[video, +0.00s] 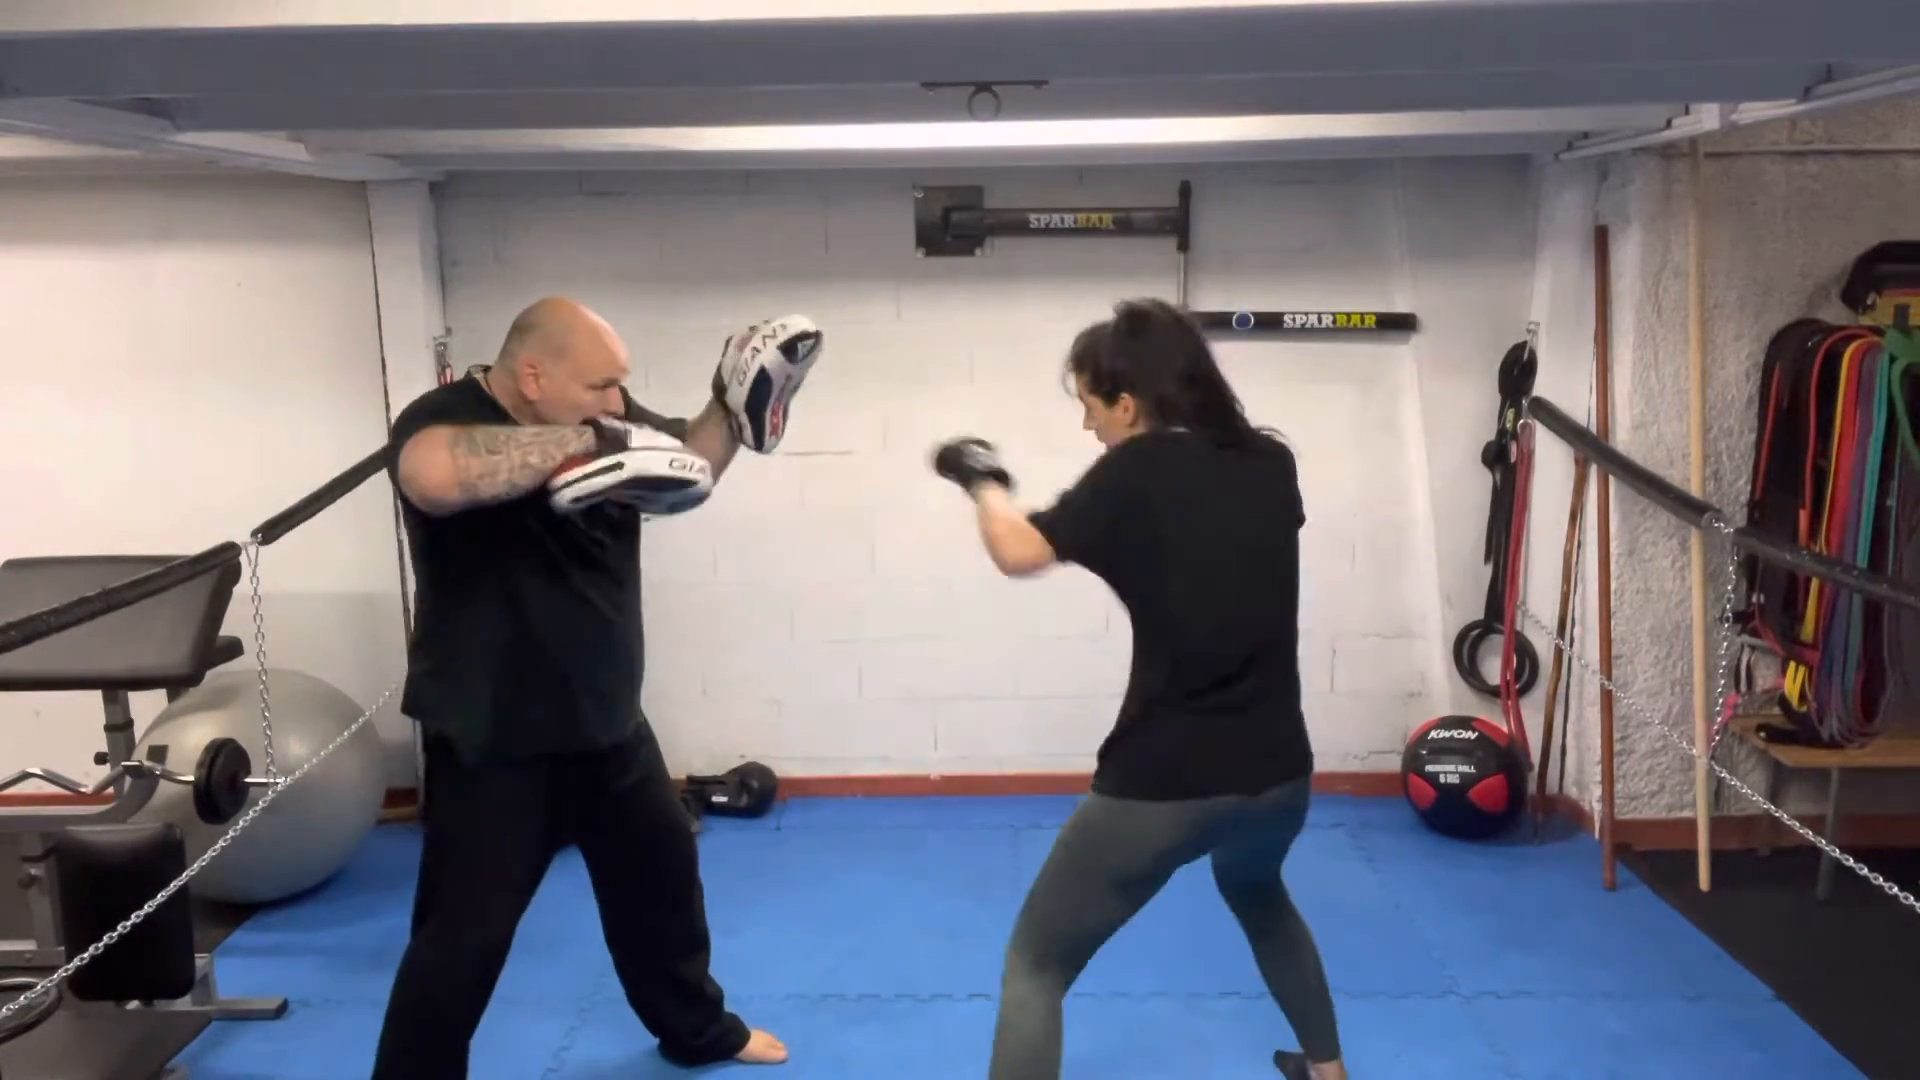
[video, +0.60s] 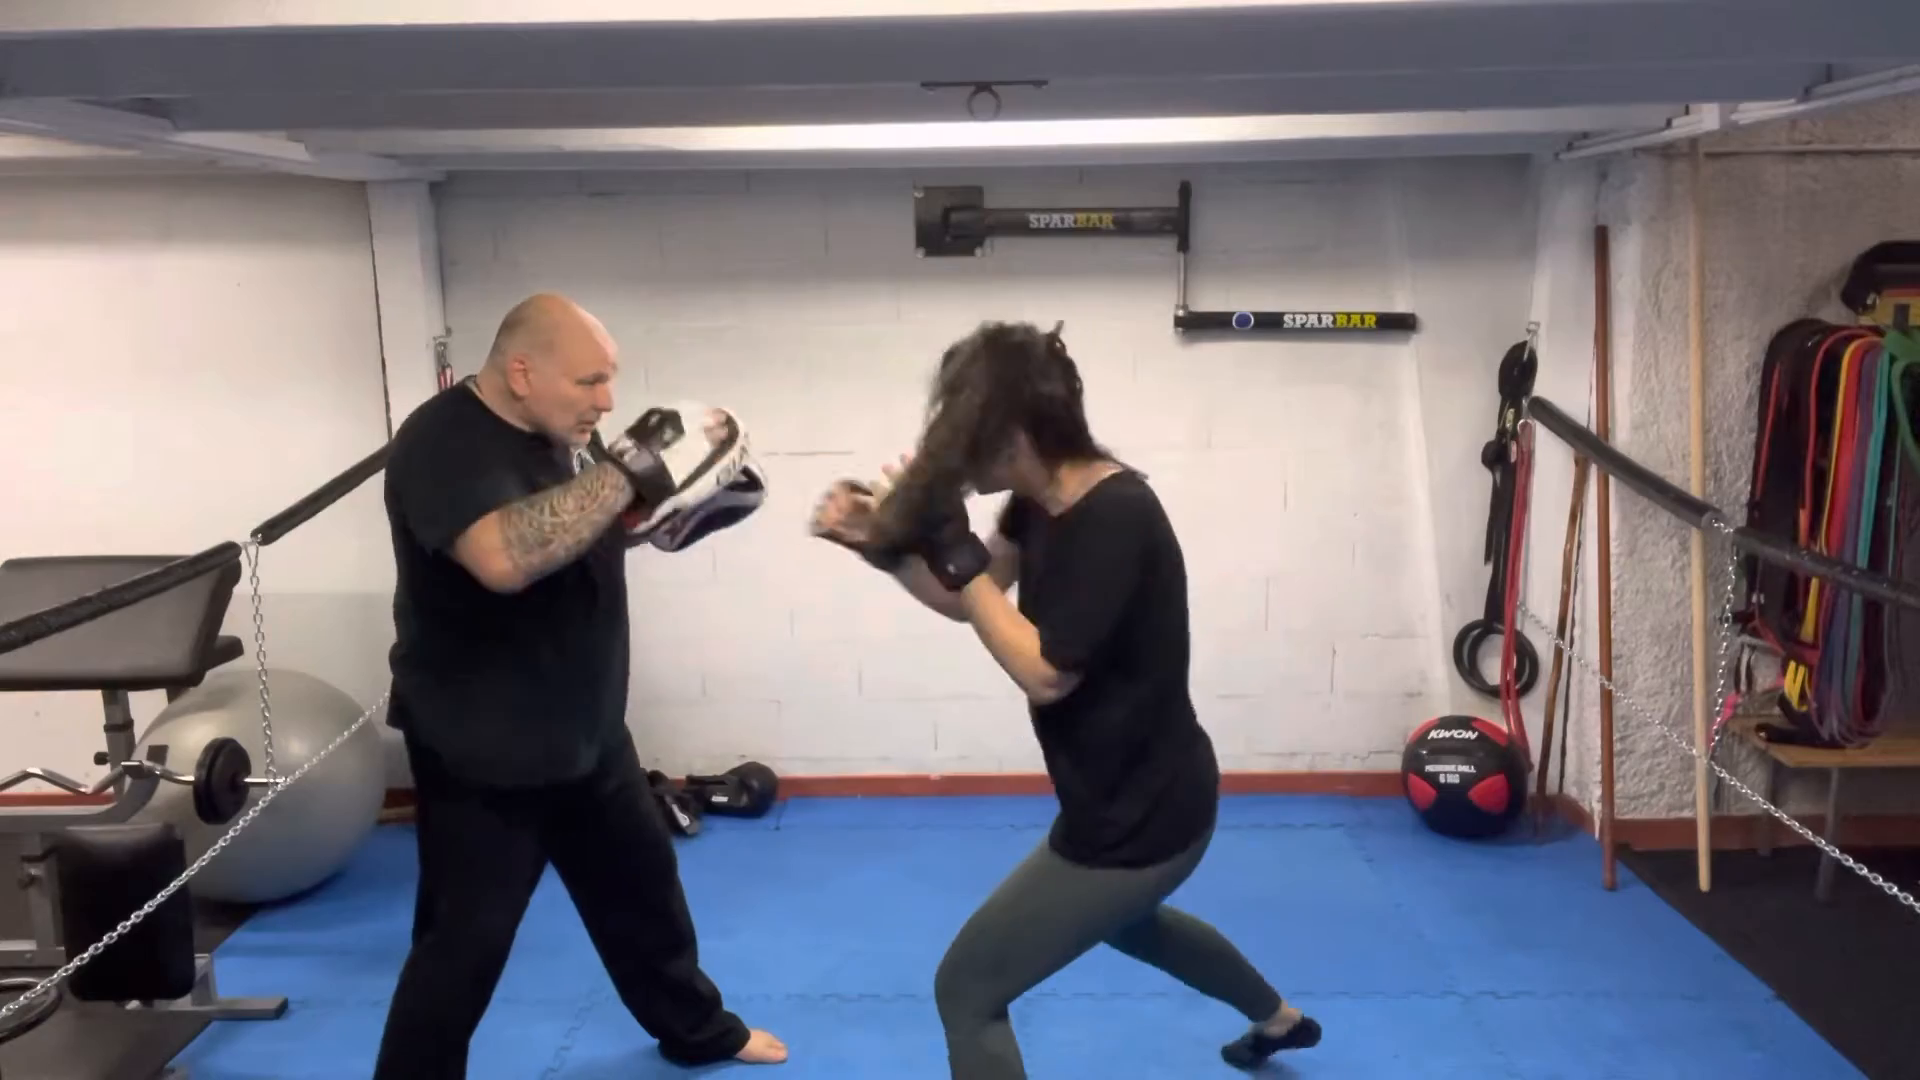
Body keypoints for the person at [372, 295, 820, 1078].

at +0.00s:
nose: (616, 404)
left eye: (618, 387)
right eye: (600, 386)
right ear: (531, 375)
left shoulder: (606, 424)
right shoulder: (446, 417)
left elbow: (684, 467)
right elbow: (432, 479)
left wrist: (737, 401)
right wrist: (588, 446)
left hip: (605, 727)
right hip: (486, 743)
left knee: (661, 876)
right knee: (458, 948)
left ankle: (696, 1031)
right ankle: (413, 1073)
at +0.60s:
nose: (605, 401)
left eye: (607, 380)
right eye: (588, 382)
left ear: (527, 372)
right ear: (520, 371)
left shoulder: (559, 439)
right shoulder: (438, 442)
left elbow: (576, 535)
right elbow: (501, 556)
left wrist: (656, 504)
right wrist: (632, 471)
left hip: (582, 737)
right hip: (480, 756)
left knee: (643, 894)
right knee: (459, 952)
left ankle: (697, 1032)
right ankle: (413, 1073)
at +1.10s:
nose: (660, 401)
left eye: (663, 386)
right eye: (647, 385)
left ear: (587, 384)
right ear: (582, 382)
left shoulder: (625, 451)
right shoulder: (486, 472)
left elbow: (641, 569)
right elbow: (555, 604)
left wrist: (687, 610)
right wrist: (651, 489)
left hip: (659, 747)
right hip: (540, 768)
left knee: (736, 879)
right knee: (477, 960)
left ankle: (793, 1027)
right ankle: (414, 1073)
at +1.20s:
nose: (677, 394)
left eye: (691, 382)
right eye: (666, 373)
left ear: (702, 397)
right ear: (615, 370)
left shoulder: (691, 457)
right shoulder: (528, 448)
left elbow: (719, 526)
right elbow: (558, 578)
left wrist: (781, 556)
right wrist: (629, 444)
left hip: (700, 738)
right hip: (571, 753)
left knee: (776, 863)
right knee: (489, 953)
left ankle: (795, 1027)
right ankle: (424, 1070)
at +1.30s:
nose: (734, 395)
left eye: (736, 379)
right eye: (722, 377)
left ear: (717, 380)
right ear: (663, 370)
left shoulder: (740, 435)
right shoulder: (548, 434)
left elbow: (805, 470)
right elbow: (539, 551)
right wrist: (620, 429)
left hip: (718, 730)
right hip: (584, 739)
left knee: (788, 877)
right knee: (513, 937)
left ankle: (797, 1029)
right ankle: (440, 1074)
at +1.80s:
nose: (710, 381)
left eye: (715, 371)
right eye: (692, 364)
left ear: (723, 384)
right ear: (641, 370)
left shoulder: (733, 451)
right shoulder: (570, 428)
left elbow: (827, 502)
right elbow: (636, 485)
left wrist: (924, 474)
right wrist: (721, 367)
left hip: (686, 731)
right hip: (568, 742)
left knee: (767, 846)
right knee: (504, 940)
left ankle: (789, 1020)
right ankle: (447, 1072)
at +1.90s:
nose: (764, 391)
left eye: (767, 378)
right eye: (746, 373)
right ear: (681, 364)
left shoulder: (749, 464)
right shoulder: (626, 425)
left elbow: (833, 514)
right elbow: (775, 427)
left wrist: (923, 474)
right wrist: (856, 324)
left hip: (699, 726)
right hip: (592, 733)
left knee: (776, 843)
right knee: (521, 940)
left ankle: (794, 1021)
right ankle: (445, 1071)